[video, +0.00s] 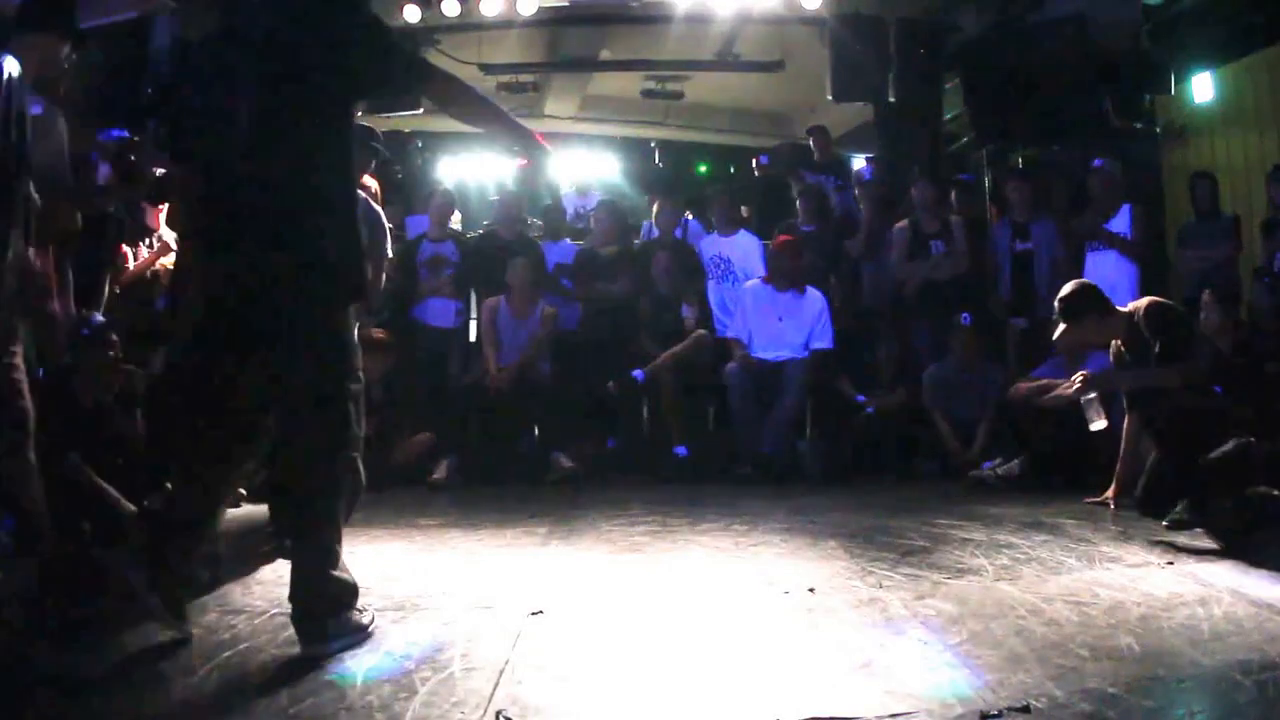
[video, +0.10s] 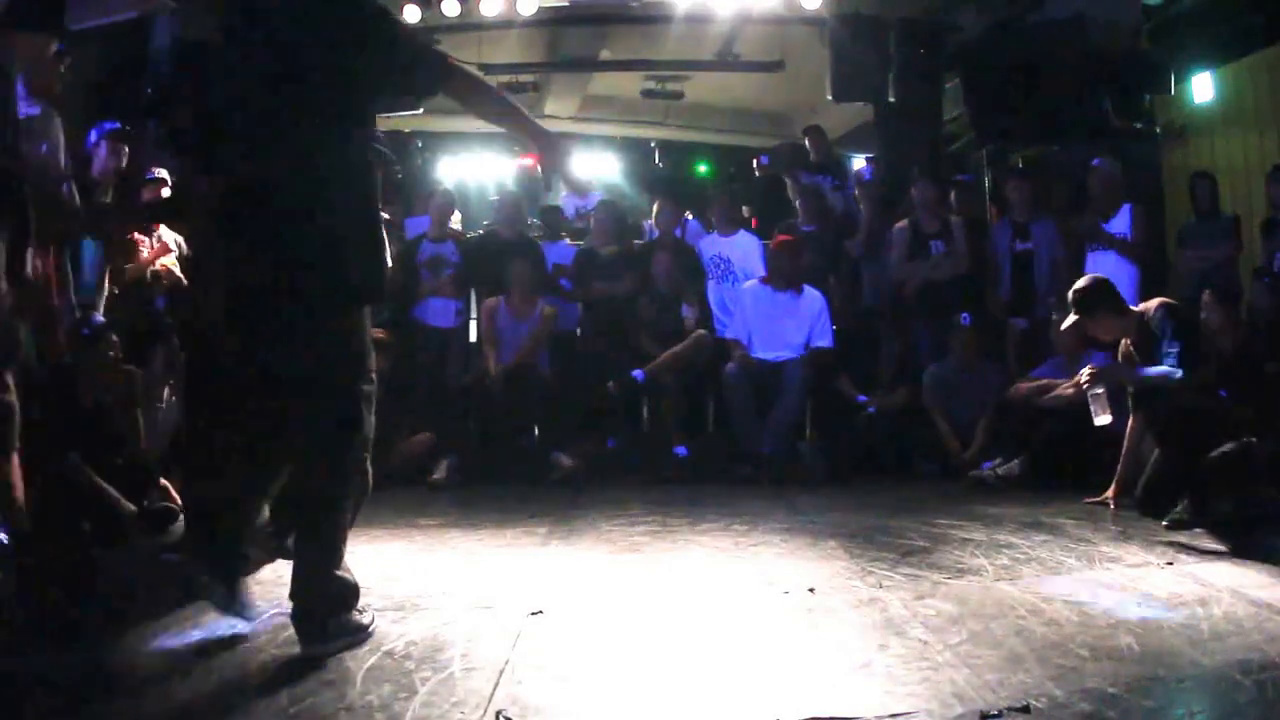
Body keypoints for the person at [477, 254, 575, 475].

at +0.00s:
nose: (519, 276)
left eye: (524, 271)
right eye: (515, 270)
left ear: (534, 277)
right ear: (508, 276)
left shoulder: (546, 312)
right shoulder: (491, 307)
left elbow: (538, 347)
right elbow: (488, 342)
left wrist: (513, 371)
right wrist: (493, 371)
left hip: (532, 375)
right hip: (499, 375)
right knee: (469, 393)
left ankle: (554, 453)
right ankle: (453, 457)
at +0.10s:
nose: (519, 279)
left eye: (524, 274)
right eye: (515, 273)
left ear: (534, 277)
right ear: (507, 276)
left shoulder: (545, 311)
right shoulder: (491, 307)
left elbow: (535, 344)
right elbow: (488, 342)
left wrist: (510, 366)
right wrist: (493, 368)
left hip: (531, 372)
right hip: (501, 372)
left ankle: (550, 453)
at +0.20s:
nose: (520, 276)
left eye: (525, 271)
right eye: (514, 271)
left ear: (533, 275)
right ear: (505, 276)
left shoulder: (545, 310)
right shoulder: (491, 306)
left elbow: (535, 344)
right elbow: (488, 342)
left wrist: (512, 367)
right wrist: (494, 371)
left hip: (532, 372)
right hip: (500, 372)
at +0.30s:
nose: (518, 276)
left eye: (524, 270)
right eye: (513, 270)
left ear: (535, 275)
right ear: (504, 275)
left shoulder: (545, 311)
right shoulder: (491, 307)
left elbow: (537, 348)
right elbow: (488, 342)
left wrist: (512, 371)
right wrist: (494, 371)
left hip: (531, 373)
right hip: (500, 372)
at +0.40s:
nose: (517, 276)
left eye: (522, 270)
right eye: (512, 271)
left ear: (534, 273)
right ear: (505, 274)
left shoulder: (545, 311)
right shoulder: (492, 307)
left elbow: (539, 348)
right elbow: (488, 342)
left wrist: (513, 369)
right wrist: (495, 368)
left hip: (532, 374)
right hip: (502, 374)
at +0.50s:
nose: (516, 277)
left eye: (521, 271)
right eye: (511, 271)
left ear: (533, 274)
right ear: (504, 275)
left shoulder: (545, 312)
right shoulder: (491, 307)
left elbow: (538, 347)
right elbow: (488, 341)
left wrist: (513, 369)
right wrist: (495, 368)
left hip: (529, 370)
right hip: (499, 370)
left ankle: (551, 453)